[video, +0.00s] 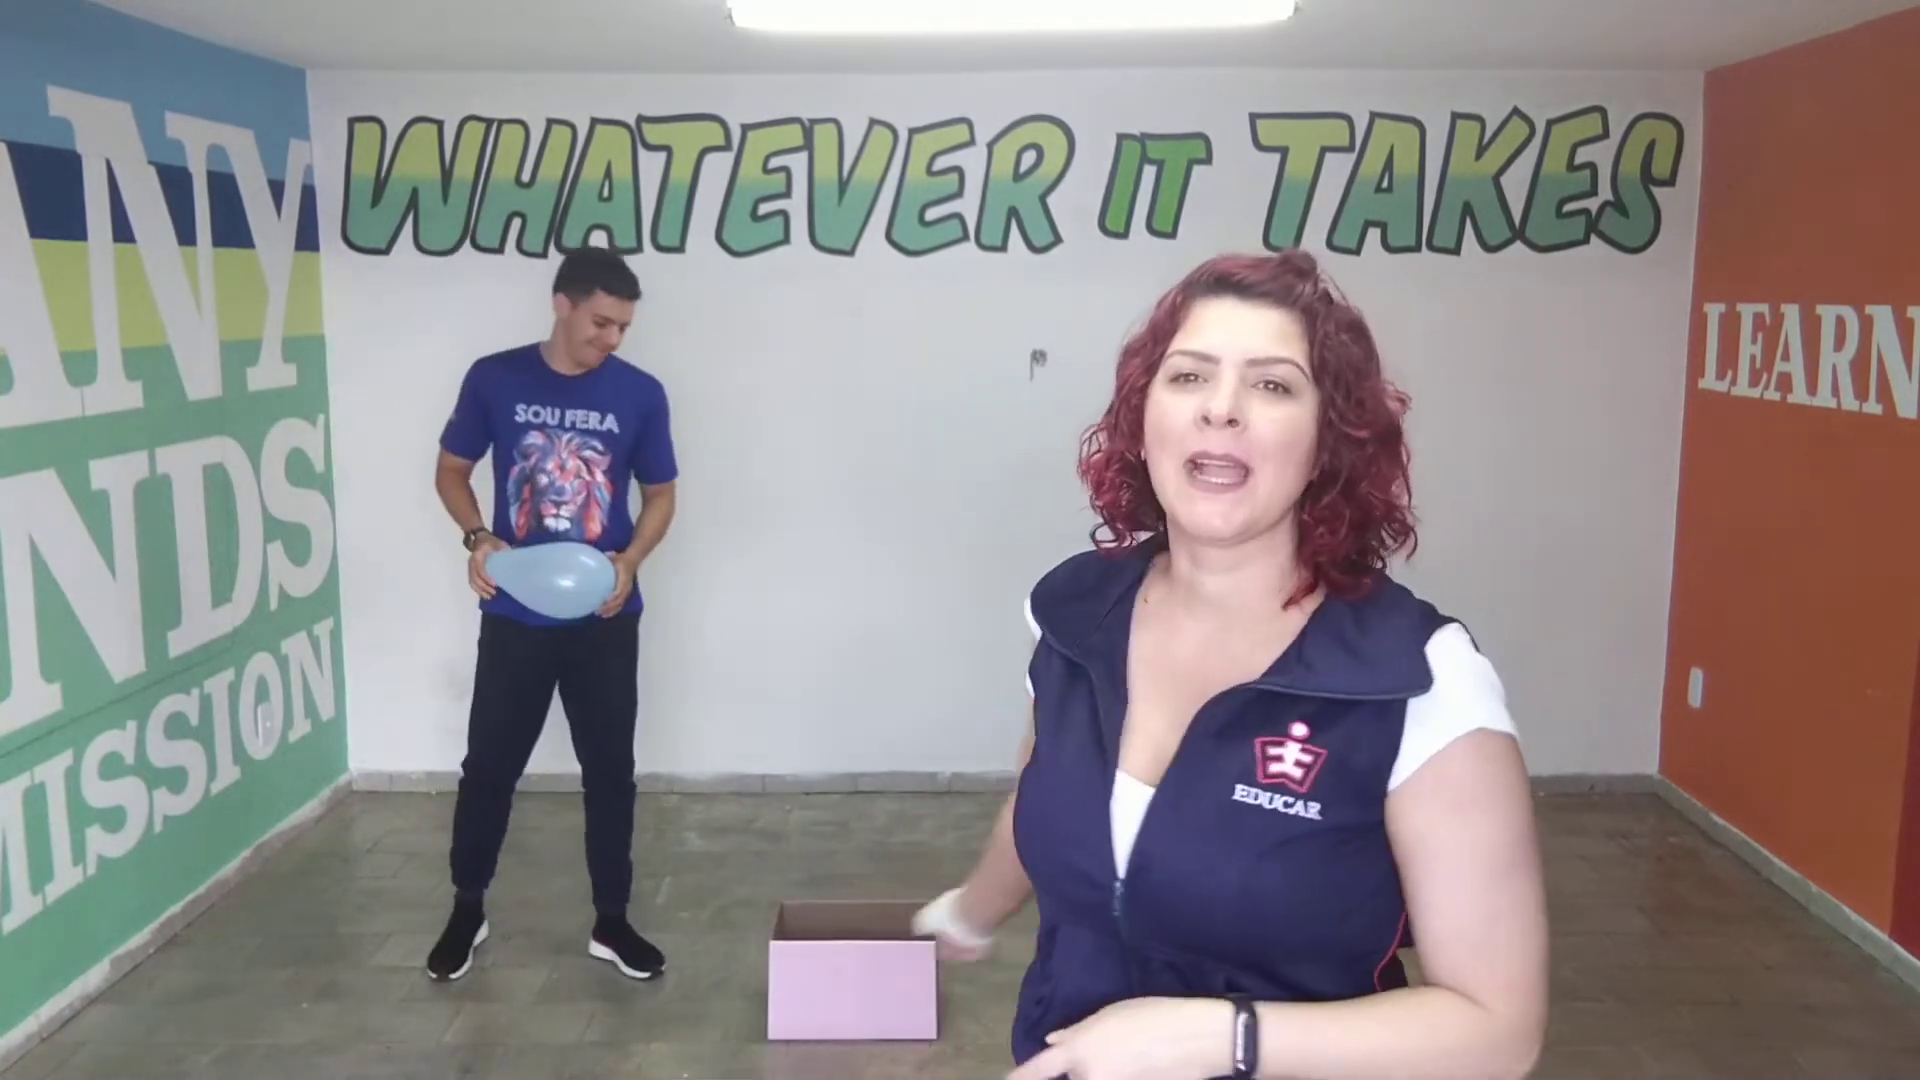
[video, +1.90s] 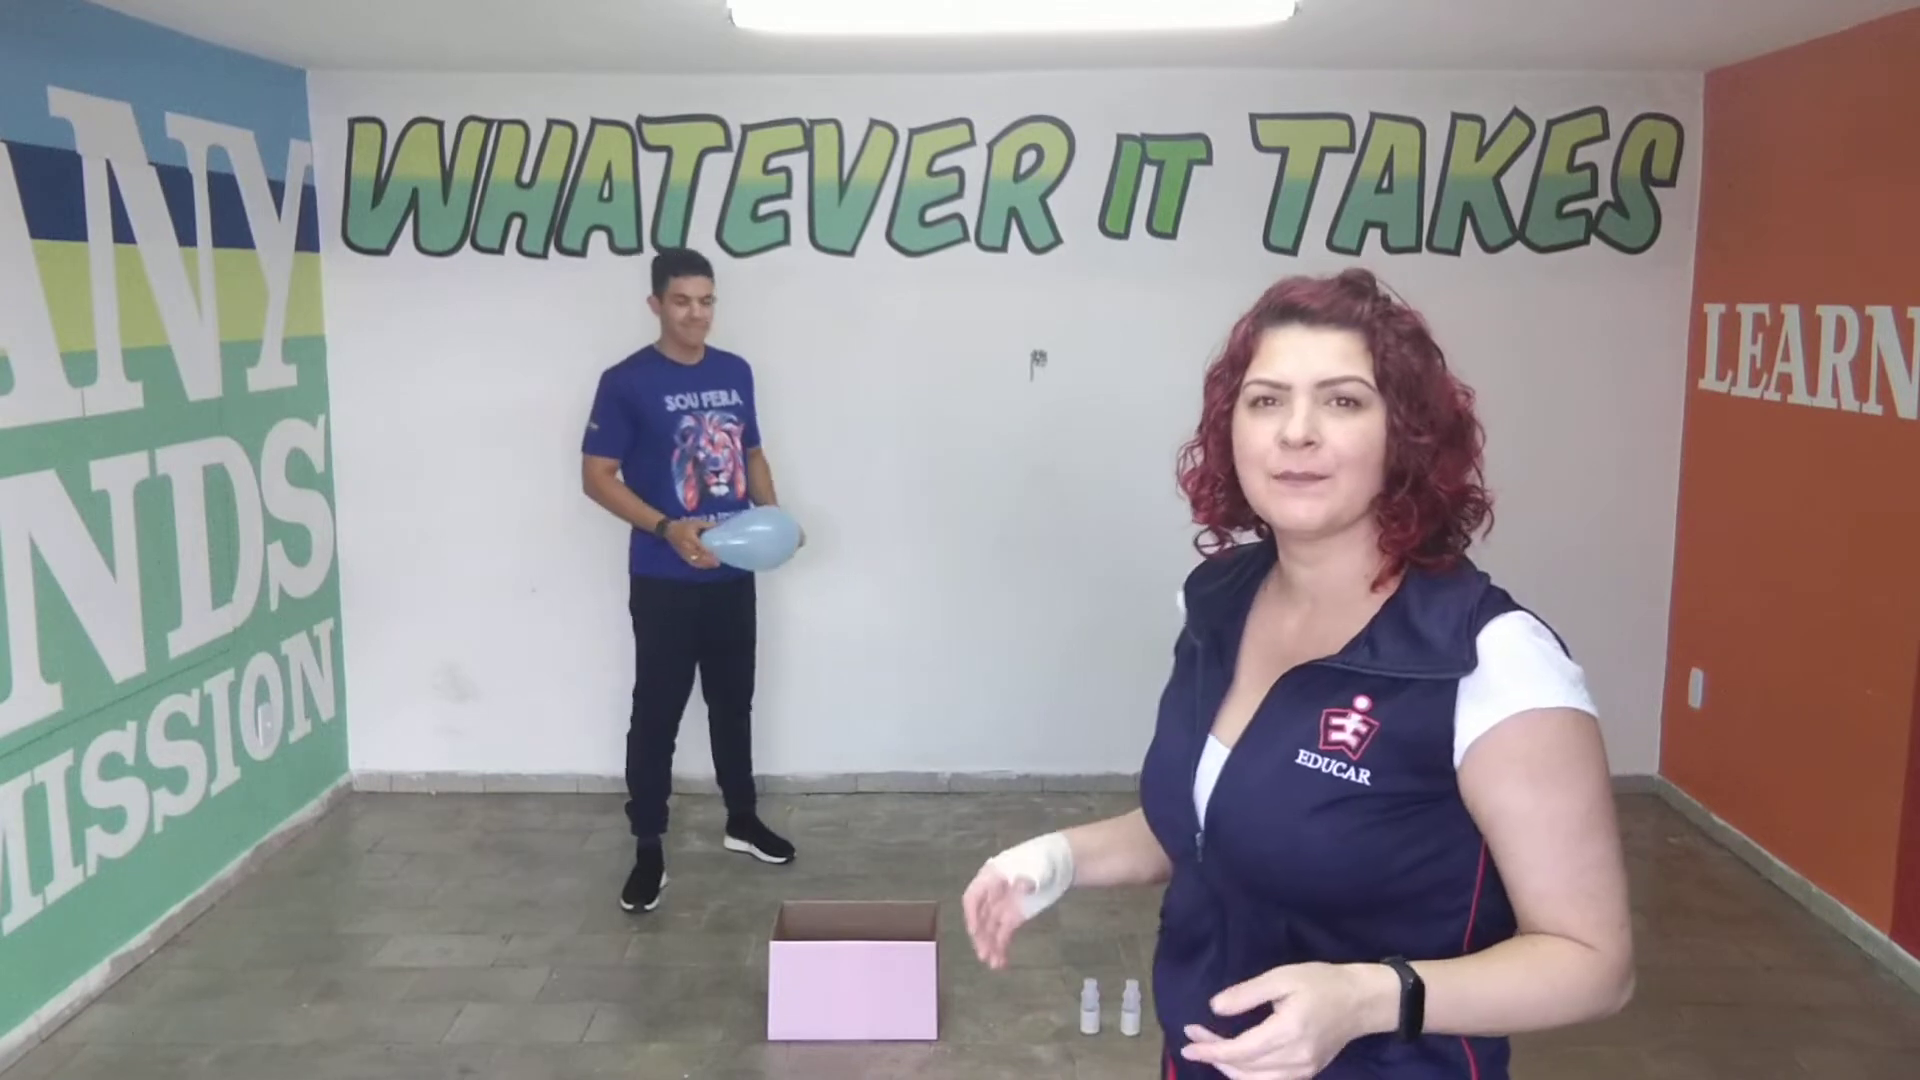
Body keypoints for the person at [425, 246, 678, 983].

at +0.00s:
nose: (611, 341)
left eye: (621, 328)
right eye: (601, 325)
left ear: (626, 322)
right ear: (561, 307)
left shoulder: (640, 395)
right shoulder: (495, 379)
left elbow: (661, 497)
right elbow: (451, 472)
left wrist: (630, 559)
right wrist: (478, 533)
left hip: (605, 617)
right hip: (516, 614)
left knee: (611, 770)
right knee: (489, 766)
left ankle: (612, 920)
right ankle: (467, 909)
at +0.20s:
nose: (642, 347)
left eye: (653, 334)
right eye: (633, 330)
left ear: (660, 328)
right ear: (595, 310)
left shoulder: (671, 397)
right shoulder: (529, 375)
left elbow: (696, 499)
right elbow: (484, 464)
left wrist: (660, 565)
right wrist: (501, 533)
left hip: (623, 615)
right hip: (536, 609)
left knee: (618, 770)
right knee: (519, 758)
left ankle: (612, 922)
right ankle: (521, 900)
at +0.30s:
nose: (652, 345)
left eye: (662, 334)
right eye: (643, 329)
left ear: (668, 327)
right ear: (606, 307)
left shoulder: (679, 399)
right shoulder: (538, 374)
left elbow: (705, 500)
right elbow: (496, 462)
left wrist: (673, 560)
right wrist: (511, 533)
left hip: (628, 615)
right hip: (543, 608)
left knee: (622, 765)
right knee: (533, 751)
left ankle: (612, 917)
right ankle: (583, 863)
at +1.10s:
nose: (631, 335)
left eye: (640, 322)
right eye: (618, 323)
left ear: (650, 313)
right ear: (586, 317)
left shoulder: (684, 378)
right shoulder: (555, 390)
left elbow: (723, 468)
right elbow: (538, 477)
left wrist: (694, 530)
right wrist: (555, 534)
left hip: (674, 582)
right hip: (601, 586)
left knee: (675, 729)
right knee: (625, 728)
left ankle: (685, 884)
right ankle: (646, 851)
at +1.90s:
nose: (696, 312)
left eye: (705, 301)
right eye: (683, 301)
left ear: (714, 305)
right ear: (657, 305)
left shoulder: (734, 373)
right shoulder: (626, 382)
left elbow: (751, 456)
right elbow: (598, 478)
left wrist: (771, 522)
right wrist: (664, 525)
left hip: (732, 575)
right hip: (665, 579)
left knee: (733, 704)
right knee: (656, 717)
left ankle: (742, 819)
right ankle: (648, 852)